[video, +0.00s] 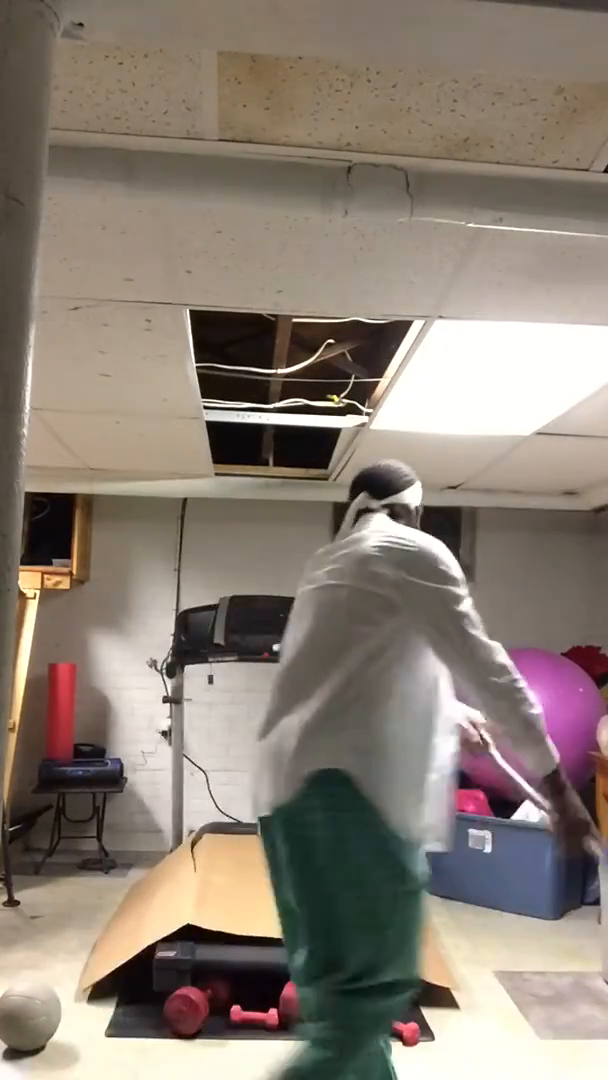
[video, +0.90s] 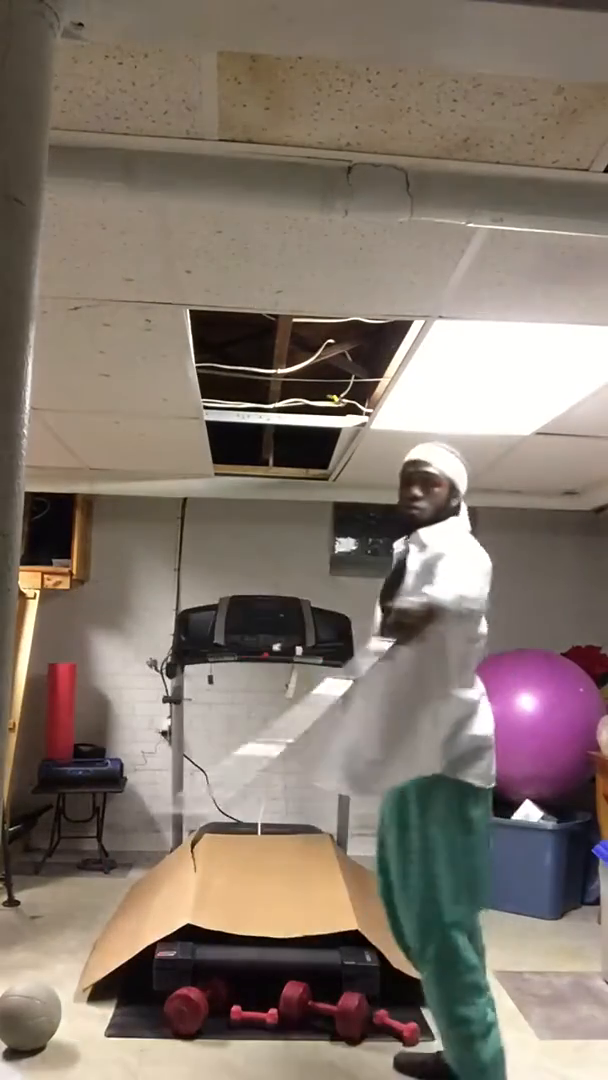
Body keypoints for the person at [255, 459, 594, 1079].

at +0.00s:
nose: (421, 521)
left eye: (419, 513)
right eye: (419, 512)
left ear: (355, 509)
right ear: (410, 509)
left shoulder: (327, 562)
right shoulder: (412, 551)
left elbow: (362, 675)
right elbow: (490, 673)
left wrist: (453, 717)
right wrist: (559, 792)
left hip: (287, 786)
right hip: (348, 781)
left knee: (332, 983)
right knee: (374, 987)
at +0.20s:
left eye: (373, 484)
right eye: (435, 487)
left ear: (372, 487)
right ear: (432, 490)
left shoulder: (323, 552)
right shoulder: (464, 553)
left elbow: (256, 625)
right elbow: (512, 680)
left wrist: (282, 654)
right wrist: (504, 707)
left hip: (330, 780)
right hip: (423, 775)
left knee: (350, 972)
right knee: (448, 965)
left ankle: (371, 1075)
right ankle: (462, 1070)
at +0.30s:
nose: (361, 494)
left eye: (366, 483)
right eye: (367, 483)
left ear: (376, 487)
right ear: (434, 491)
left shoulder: (327, 551)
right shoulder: (483, 560)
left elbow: (235, 589)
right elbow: (519, 682)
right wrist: (469, 697)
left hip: (351, 793)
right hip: (448, 787)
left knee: (358, 971)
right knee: (470, 958)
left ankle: (372, 1071)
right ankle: (494, 1068)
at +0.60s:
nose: (376, 491)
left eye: (388, 479)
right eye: (380, 478)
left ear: (426, 488)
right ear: (448, 494)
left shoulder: (397, 545)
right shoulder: (494, 568)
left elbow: (306, 560)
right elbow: (507, 670)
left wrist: (207, 568)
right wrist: (462, 710)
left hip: (400, 765)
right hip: (476, 766)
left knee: (390, 926)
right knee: (470, 921)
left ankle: (400, 1066)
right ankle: (459, 1060)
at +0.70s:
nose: (388, 489)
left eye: (402, 478)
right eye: (389, 477)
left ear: (438, 488)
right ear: (447, 496)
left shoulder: (421, 544)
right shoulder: (479, 563)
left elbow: (357, 567)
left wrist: (278, 578)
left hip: (415, 762)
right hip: (468, 762)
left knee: (409, 929)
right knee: (460, 922)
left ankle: (438, 1067)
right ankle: (459, 1061)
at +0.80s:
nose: (399, 490)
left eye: (413, 480)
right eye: (397, 480)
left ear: (449, 489)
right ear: (403, 487)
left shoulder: (440, 542)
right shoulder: (444, 547)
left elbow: (427, 582)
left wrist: (350, 596)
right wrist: (348, 617)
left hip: (425, 760)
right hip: (452, 758)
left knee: (421, 920)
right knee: (453, 916)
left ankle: (462, 1064)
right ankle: (454, 1048)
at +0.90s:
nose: (411, 491)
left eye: (425, 482)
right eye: (406, 482)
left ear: (454, 492)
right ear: (402, 490)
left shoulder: (458, 546)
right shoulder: (420, 551)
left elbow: (446, 600)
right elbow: (394, 642)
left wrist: (404, 610)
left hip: (445, 760)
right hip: (408, 761)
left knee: (444, 927)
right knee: (412, 920)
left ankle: (479, 1066)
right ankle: (460, 1050)